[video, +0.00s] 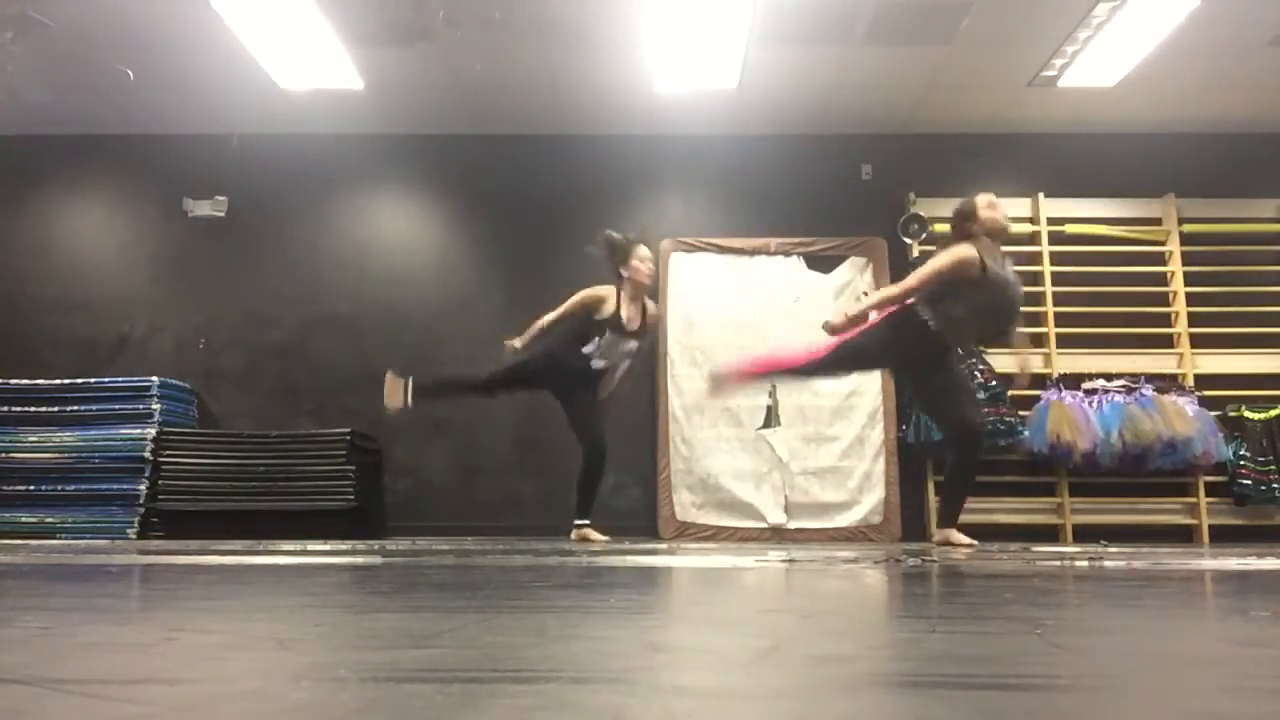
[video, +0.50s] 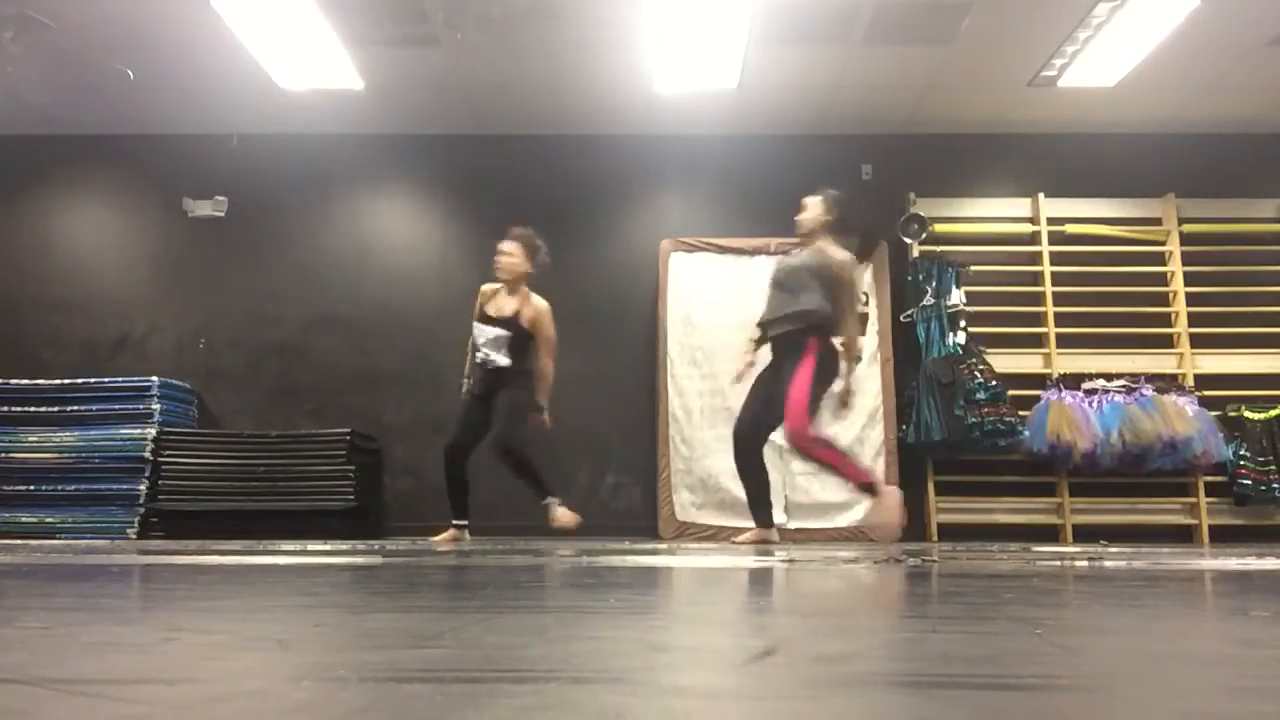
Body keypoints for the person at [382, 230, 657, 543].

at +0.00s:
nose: (652, 268)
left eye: (652, 262)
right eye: (644, 262)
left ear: (649, 269)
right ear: (625, 270)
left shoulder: (651, 314)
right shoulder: (602, 297)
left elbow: (629, 354)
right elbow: (555, 315)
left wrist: (613, 385)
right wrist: (522, 340)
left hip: (582, 385)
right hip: (553, 364)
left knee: (596, 449)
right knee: (488, 385)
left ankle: (582, 526)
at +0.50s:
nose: (499, 259)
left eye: (508, 255)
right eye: (498, 253)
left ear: (528, 265)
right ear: (496, 259)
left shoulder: (537, 308)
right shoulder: (486, 293)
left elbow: (545, 359)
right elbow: (475, 339)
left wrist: (542, 403)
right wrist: (467, 377)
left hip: (516, 386)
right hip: (483, 386)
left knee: (504, 443)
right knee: (456, 448)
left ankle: (552, 505)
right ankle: (459, 526)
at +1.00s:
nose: (452, 261)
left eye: (458, 255)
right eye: (454, 254)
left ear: (476, 258)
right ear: (477, 260)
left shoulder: (476, 285)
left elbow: (464, 332)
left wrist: (424, 351)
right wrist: (447, 373)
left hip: (476, 384)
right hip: (484, 385)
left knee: (422, 435)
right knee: (445, 445)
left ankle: (456, 506)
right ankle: (454, 521)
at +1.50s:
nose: (514, 275)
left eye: (516, 270)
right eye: (508, 268)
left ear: (516, 273)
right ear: (486, 268)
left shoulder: (517, 298)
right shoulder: (466, 304)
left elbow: (542, 300)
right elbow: (417, 303)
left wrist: (566, 295)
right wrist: (371, 297)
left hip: (533, 394)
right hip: (499, 400)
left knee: (557, 447)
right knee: (458, 454)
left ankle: (592, 520)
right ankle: (460, 529)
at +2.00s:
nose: (605, 276)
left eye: (607, 269)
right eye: (598, 270)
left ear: (609, 274)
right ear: (580, 275)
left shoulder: (600, 321)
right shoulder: (563, 297)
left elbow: (617, 367)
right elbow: (522, 321)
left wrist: (629, 410)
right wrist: (506, 368)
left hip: (559, 396)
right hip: (530, 389)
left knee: (574, 451)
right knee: (493, 450)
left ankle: (591, 526)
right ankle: (448, 514)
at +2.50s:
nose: (565, 254)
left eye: (569, 247)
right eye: (564, 248)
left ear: (585, 247)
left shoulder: (610, 273)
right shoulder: (574, 293)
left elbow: (580, 267)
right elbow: (531, 310)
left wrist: (554, 244)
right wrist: (526, 270)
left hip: (632, 373)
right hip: (606, 370)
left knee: (608, 445)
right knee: (548, 369)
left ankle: (605, 524)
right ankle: (576, 430)